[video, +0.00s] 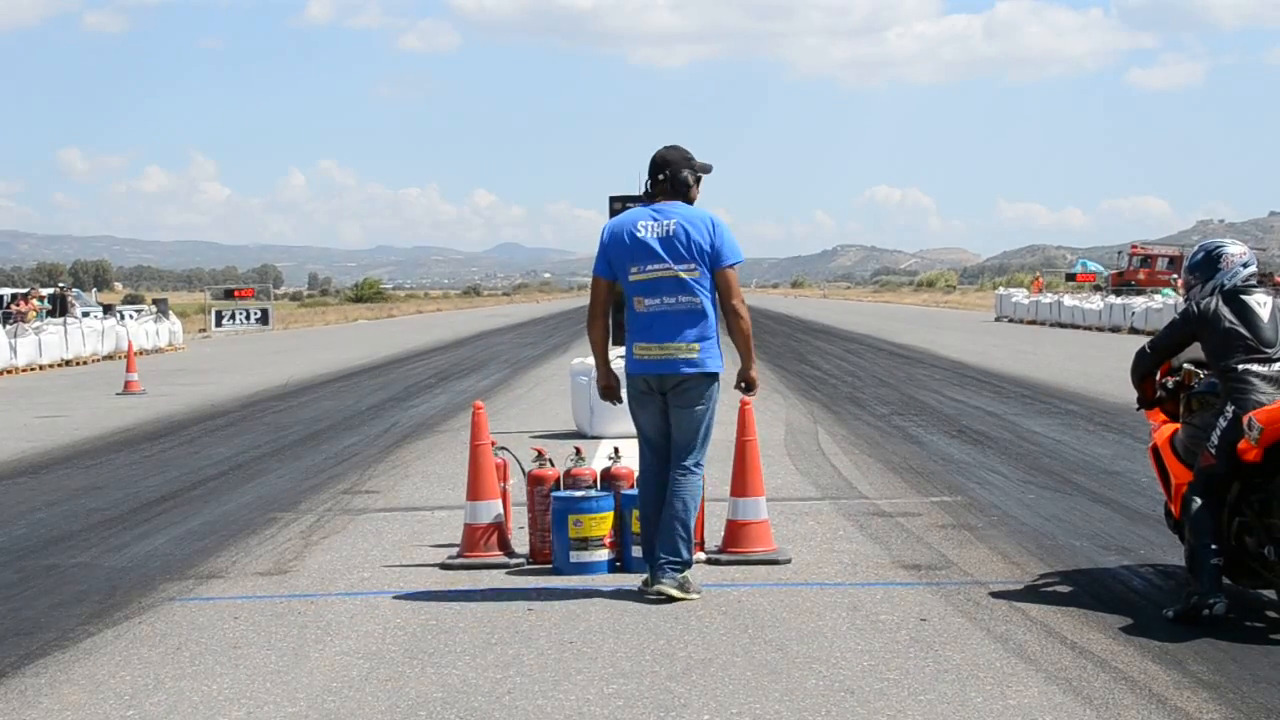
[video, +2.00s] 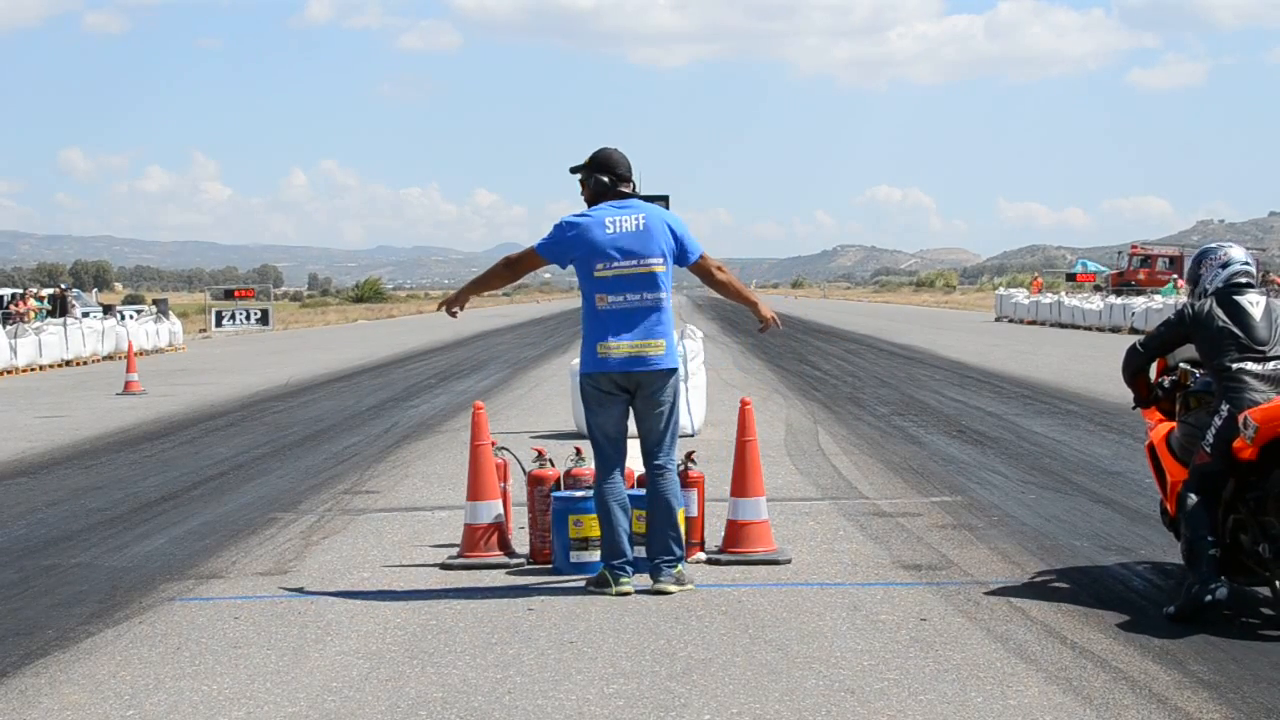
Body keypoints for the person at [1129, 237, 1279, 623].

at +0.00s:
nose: (1188, 288)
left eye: (1191, 280)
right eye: (1188, 281)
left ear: (1208, 275)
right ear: (1240, 266)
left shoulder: (1204, 306)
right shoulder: (1270, 298)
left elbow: (1146, 357)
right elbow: (1258, 352)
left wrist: (1150, 396)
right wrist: (1217, 380)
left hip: (1247, 404)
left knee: (1200, 492)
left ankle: (1207, 593)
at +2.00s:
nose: (1191, 286)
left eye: (1193, 278)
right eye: (1192, 279)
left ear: (1205, 275)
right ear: (1245, 269)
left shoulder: (1199, 310)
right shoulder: (1272, 304)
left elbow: (1136, 356)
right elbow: (1259, 354)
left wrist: (1148, 396)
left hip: (1242, 402)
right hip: (1279, 398)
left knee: (1196, 489)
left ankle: (1205, 580)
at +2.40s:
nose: (1190, 283)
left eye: (1193, 276)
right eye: (1191, 277)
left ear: (1204, 273)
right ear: (1245, 272)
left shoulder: (1195, 309)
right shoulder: (1271, 306)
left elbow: (1133, 353)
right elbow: (1260, 354)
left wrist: (1137, 389)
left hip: (1233, 403)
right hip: (1277, 398)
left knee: (1180, 485)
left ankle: (1196, 555)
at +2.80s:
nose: (1174, 286)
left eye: (1175, 280)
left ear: (1183, 278)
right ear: (1228, 276)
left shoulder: (1173, 312)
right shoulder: (1258, 309)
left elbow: (1113, 353)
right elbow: (1276, 346)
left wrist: (1125, 390)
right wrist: (1261, 364)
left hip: (1215, 403)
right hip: (1266, 393)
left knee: (1163, 481)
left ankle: (1165, 570)